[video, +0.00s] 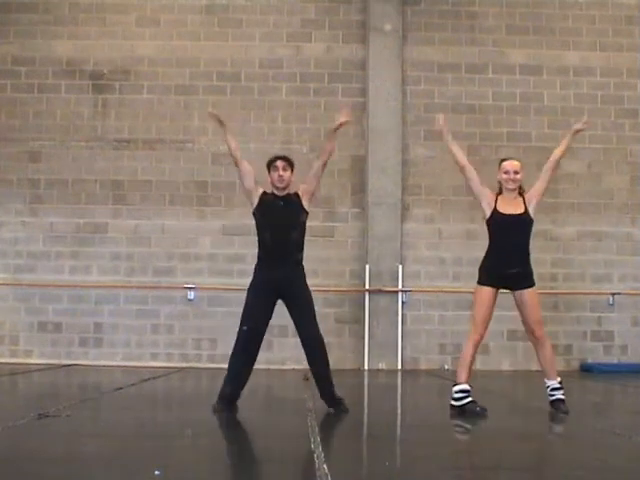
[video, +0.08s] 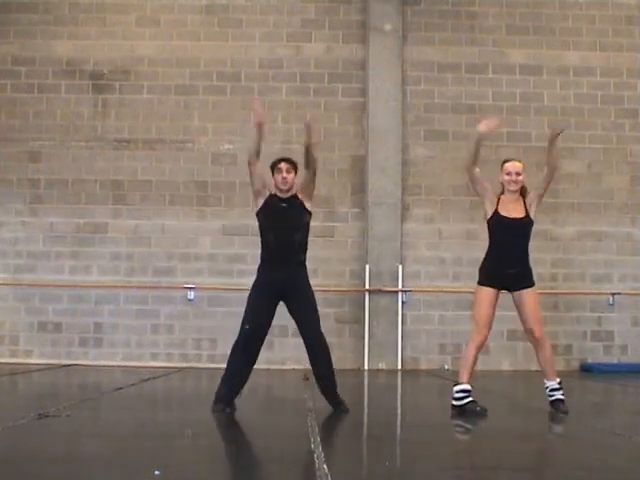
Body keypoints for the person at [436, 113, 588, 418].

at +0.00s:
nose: (511, 175)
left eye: (516, 172)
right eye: (506, 172)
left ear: (522, 177)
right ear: (499, 176)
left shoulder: (529, 200)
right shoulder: (489, 200)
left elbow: (551, 165)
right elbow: (466, 166)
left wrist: (571, 134)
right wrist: (446, 136)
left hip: (521, 273)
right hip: (491, 272)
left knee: (538, 333)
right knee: (477, 335)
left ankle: (555, 389)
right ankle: (460, 391)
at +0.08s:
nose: (513, 178)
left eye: (518, 174)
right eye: (509, 173)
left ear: (524, 178)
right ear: (501, 177)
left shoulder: (531, 201)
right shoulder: (491, 199)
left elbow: (551, 172)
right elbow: (471, 169)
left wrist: (552, 142)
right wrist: (478, 136)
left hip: (521, 275)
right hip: (491, 274)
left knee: (537, 334)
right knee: (480, 335)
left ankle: (554, 390)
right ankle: (461, 392)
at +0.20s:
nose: (514, 187)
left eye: (519, 183)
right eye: (509, 183)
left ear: (525, 187)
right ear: (501, 186)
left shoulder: (531, 211)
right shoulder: (493, 210)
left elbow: (550, 203)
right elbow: (477, 195)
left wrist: (522, 219)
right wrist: (502, 217)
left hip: (521, 278)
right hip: (492, 277)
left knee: (535, 342)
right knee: (491, 338)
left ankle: (556, 392)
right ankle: (462, 394)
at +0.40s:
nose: (512, 189)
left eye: (517, 185)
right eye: (507, 185)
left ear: (523, 188)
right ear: (498, 188)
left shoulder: (529, 214)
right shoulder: (488, 212)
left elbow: (550, 235)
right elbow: (489, 225)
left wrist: (532, 210)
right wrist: (507, 203)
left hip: (519, 279)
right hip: (490, 278)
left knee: (538, 338)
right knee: (485, 338)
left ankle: (556, 391)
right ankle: (462, 393)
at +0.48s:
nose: (512, 193)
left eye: (516, 188)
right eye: (507, 188)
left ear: (522, 191)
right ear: (498, 191)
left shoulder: (527, 214)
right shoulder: (489, 217)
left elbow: (535, 246)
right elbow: (500, 238)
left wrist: (537, 218)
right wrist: (516, 213)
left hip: (517, 279)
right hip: (489, 279)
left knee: (544, 336)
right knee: (475, 333)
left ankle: (553, 391)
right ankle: (459, 389)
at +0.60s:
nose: (512, 213)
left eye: (516, 209)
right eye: (507, 209)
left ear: (522, 211)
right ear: (499, 212)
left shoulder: (532, 240)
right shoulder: (489, 240)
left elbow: (531, 270)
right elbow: (499, 270)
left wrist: (532, 290)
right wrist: (519, 286)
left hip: (518, 296)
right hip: (488, 295)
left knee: (559, 336)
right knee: (453, 334)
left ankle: (556, 394)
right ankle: (452, 395)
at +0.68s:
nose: (513, 231)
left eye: (517, 227)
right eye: (507, 227)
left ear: (523, 230)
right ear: (499, 231)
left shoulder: (531, 260)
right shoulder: (489, 259)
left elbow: (525, 299)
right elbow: (500, 295)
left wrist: (522, 333)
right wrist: (512, 329)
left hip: (518, 309)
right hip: (488, 310)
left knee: (566, 338)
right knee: (446, 336)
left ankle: (558, 396)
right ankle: (451, 397)